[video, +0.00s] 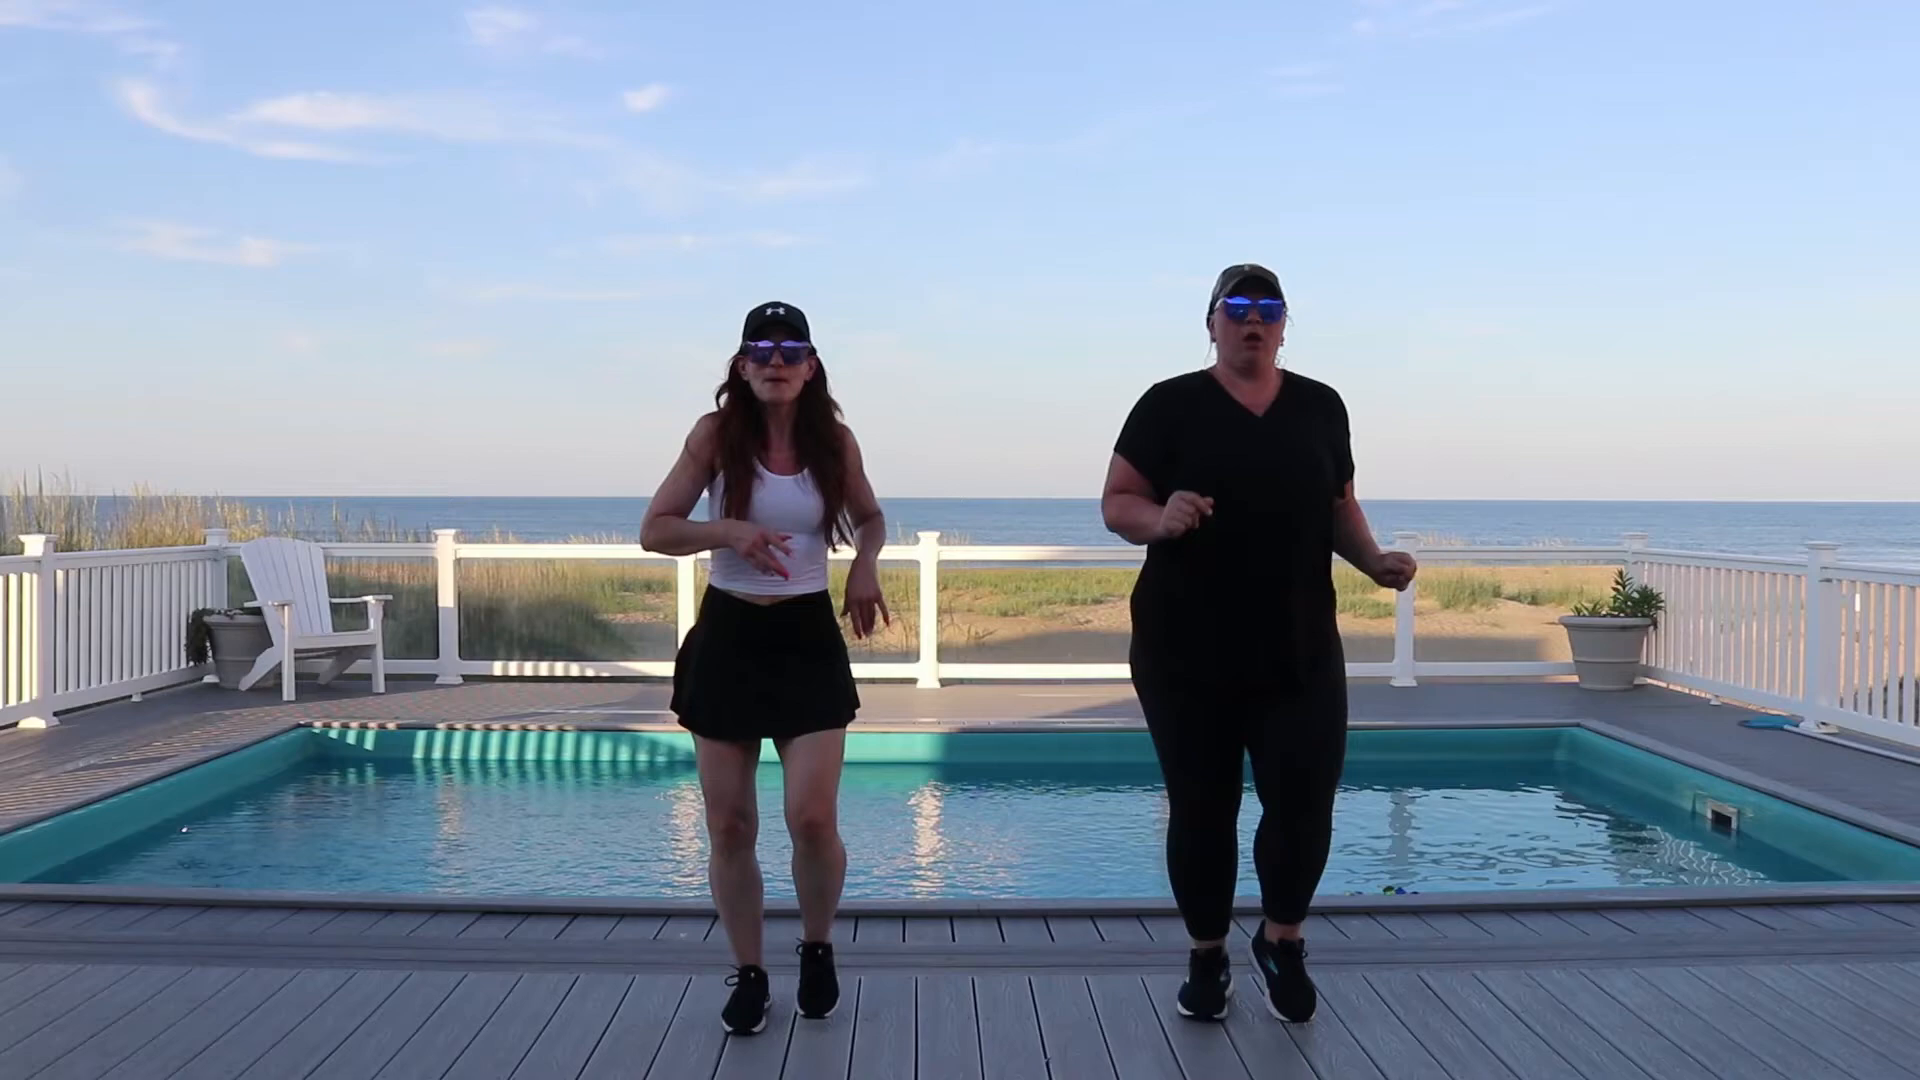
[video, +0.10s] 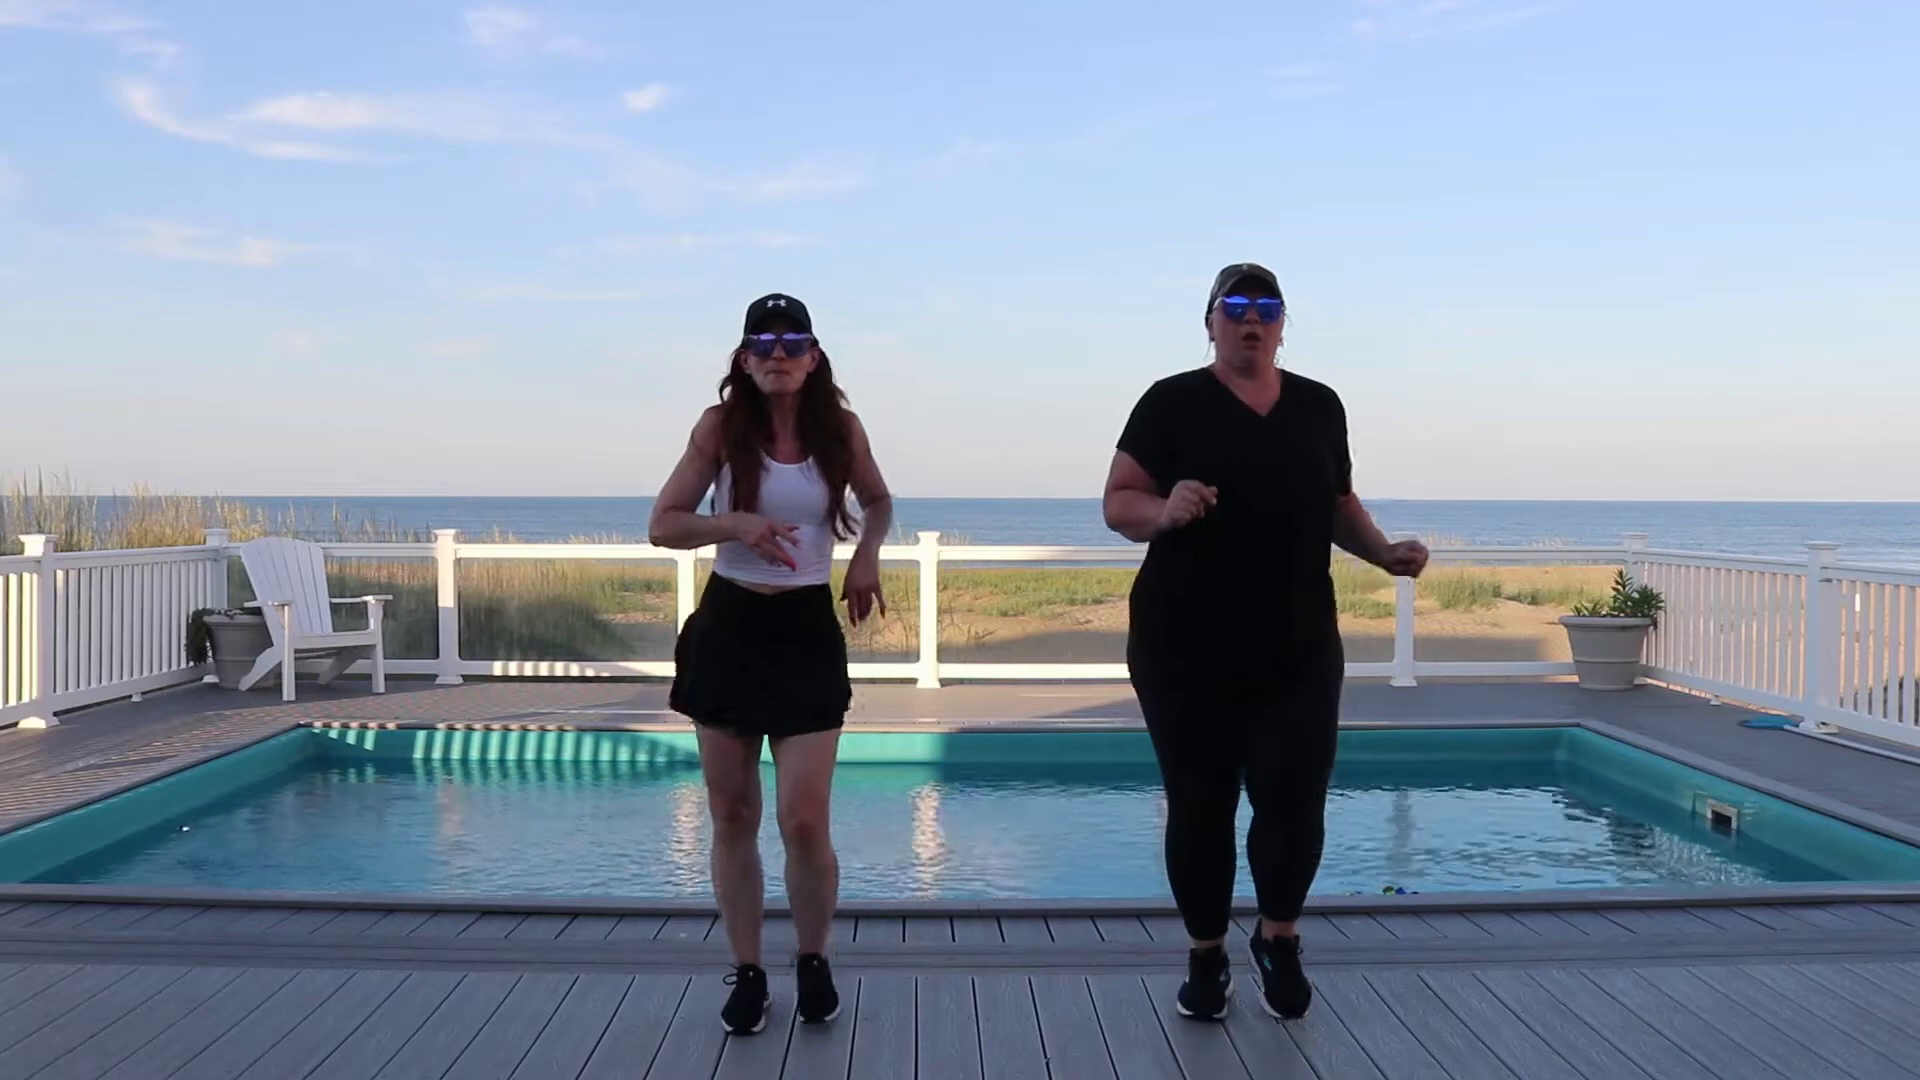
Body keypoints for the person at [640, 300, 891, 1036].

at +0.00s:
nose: (779, 365)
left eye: (793, 353)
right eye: (765, 354)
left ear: (812, 363)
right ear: (743, 364)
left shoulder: (832, 438)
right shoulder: (716, 434)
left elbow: (871, 517)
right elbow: (657, 530)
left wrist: (864, 563)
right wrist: (725, 532)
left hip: (809, 639)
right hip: (728, 638)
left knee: (811, 821)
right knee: (730, 826)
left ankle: (817, 950)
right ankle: (749, 973)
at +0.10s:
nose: (782, 359)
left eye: (795, 346)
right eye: (766, 348)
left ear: (815, 354)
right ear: (745, 358)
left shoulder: (838, 426)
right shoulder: (722, 427)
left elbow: (877, 500)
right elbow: (665, 525)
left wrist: (867, 555)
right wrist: (730, 525)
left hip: (808, 631)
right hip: (729, 630)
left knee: (803, 821)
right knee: (733, 814)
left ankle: (813, 962)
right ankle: (748, 973)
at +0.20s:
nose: (780, 362)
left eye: (795, 350)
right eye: (766, 351)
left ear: (816, 361)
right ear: (747, 362)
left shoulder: (842, 437)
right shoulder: (724, 437)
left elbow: (890, 517)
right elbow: (671, 538)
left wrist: (865, 566)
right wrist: (731, 548)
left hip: (814, 639)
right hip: (733, 636)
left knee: (807, 829)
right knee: (734, 816)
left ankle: (809, 976)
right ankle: (748, 973)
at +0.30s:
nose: (782, 366)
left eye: (797, 353)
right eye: (767, 354)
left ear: (817, 364)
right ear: (748, 365)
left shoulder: (843, 445)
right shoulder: (725, 442)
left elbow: (899, 543)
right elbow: (673, 543)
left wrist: (850, 582)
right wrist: (728, 553)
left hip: (821, 641)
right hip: (741, 639)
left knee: (816, 830)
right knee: (727, 826)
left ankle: (812, 976)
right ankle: (746, 969)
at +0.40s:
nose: (781, 368)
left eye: (796, 356)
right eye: (766, 357)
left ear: (816, 366)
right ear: (746, 367)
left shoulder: (840, 440)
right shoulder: (723, 438)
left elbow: (899, 524)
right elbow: (670, 524)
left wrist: (841, 532)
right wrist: (717, 477)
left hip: (826, 637)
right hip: (746, 637)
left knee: (822, 824)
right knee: (724, 820)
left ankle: (812, 973)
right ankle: (746, 949)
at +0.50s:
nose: (782, 360)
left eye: (795, 349)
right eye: (767, 349)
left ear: (813, 357)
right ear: (745, 358)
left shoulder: (832, 423)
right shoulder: (726, 428)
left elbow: (884, 476)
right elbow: (676, 498)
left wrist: (835, 425)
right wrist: (710, 442)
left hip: (827, 628)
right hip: (749, 628)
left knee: (821, 817)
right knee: (733, 820)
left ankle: (812, 973)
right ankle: (747, 946)